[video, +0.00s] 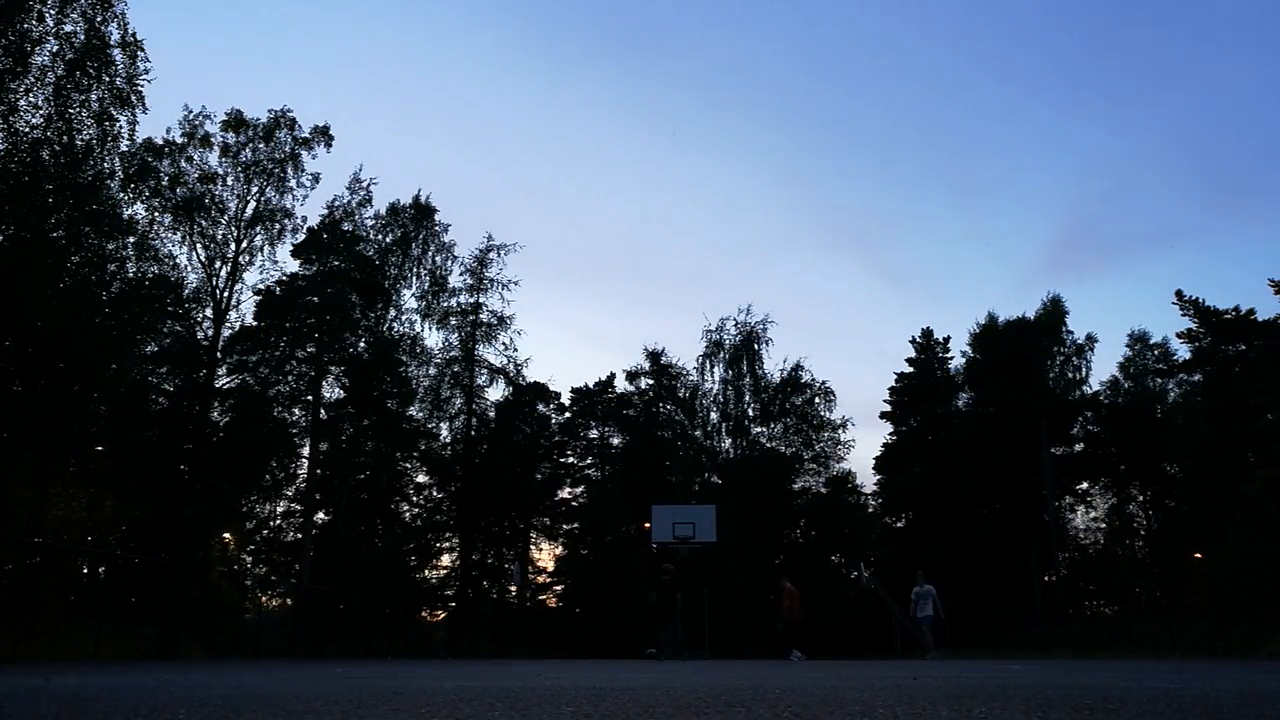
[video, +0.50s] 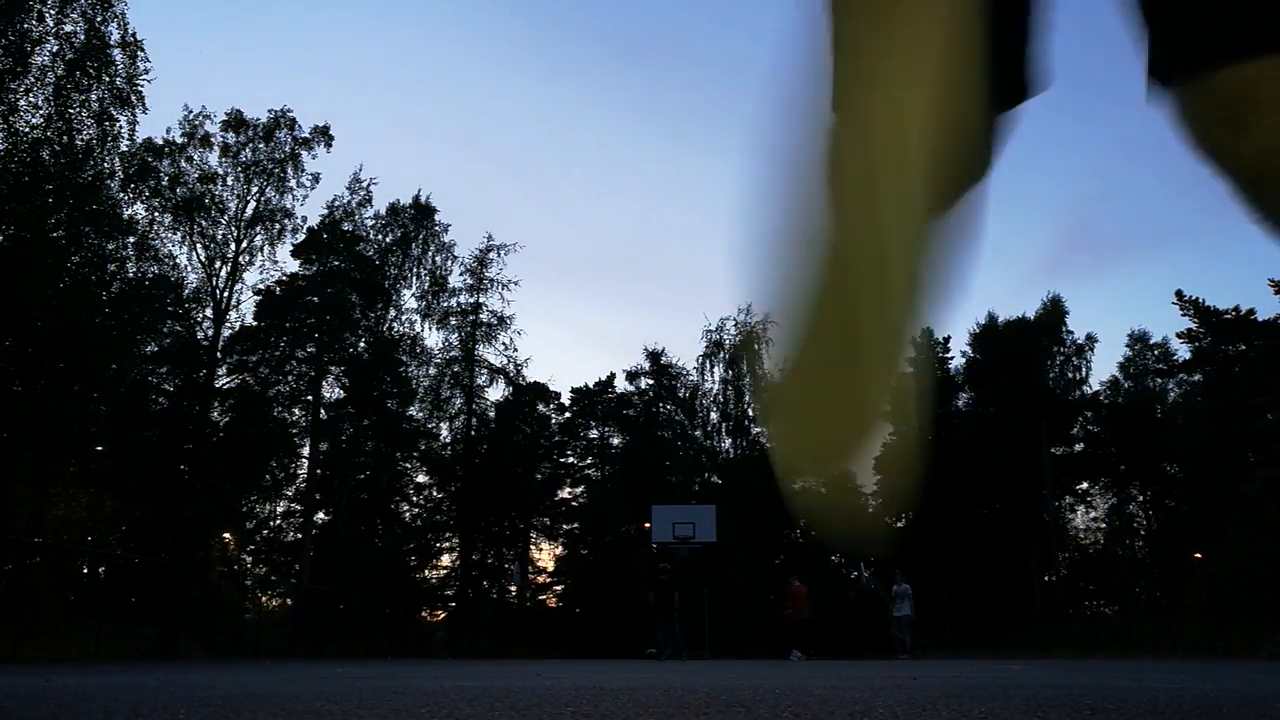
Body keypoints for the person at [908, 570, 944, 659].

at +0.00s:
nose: (920, 581)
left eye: (921, 579)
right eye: (919, 579)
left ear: (923, 579)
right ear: (917, 580)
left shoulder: (930, 588)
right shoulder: (915, 590)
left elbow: (936, 600)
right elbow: (913, 602)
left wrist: (939, 611)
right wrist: (912, 612)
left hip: (928, 613)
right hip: (919, 614)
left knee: (927, 631)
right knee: (924, 632)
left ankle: (931, 651)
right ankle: (929, 651)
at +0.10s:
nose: (916, 581)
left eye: (917, 580)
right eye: (915, 580)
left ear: (920, 580)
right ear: (914, 581)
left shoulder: (926, 589)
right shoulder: (912, 590)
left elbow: (932, 600)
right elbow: (908, 602)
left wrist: (938, 611)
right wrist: (906, 612)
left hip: (924, 614)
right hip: (916, 615)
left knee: (921, 631)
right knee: (923, 632)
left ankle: (920, 649)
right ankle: (929, 648)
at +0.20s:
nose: (912, 582)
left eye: (914, 580)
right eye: (911, 580)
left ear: (916, 581)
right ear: (910, 581)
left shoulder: (922, 590)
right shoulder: (908, 591)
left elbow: (928, 601)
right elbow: (904, 602)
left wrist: (932, 610)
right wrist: (901, 611)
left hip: (920, 615)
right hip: (911, 615)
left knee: (916, 631)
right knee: (918, 633)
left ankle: (912, 650)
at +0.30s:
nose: (908, 582)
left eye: (909, 581)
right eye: (906, 581)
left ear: (911, 581)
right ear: (905, 582)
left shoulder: (917, 590)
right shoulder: (903, 591)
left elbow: (922, 600)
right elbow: (900, 602)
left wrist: (925, 610)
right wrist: (897, 612)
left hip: (915, 614)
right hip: (906, 614)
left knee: (911, 632)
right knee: (913, 632)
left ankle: (908, 651)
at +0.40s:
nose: (903, 581)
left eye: (904, 580)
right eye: (902, 580)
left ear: (906, 580)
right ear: (900, 581)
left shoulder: (911, 589)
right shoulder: (898, 590)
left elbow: (916, 600)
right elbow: (896, 601)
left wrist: (919, 609)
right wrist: (894, 611)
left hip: (910, 613)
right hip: (901, 613)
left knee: (907, 631)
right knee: (904, 631)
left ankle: (907, 651)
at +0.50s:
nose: (898, 580)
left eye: (899, 578)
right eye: (897, 578)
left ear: (901, 579)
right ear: (895, 579)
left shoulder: (907, 588)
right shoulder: (894, 588)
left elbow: (910, 600)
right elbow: (893, 600)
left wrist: (911, 611)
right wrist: (893, 610)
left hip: (905, 613)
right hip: (897, 614)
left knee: (906, 632)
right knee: (897, 632)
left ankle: (907, 651)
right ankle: (900, 651)